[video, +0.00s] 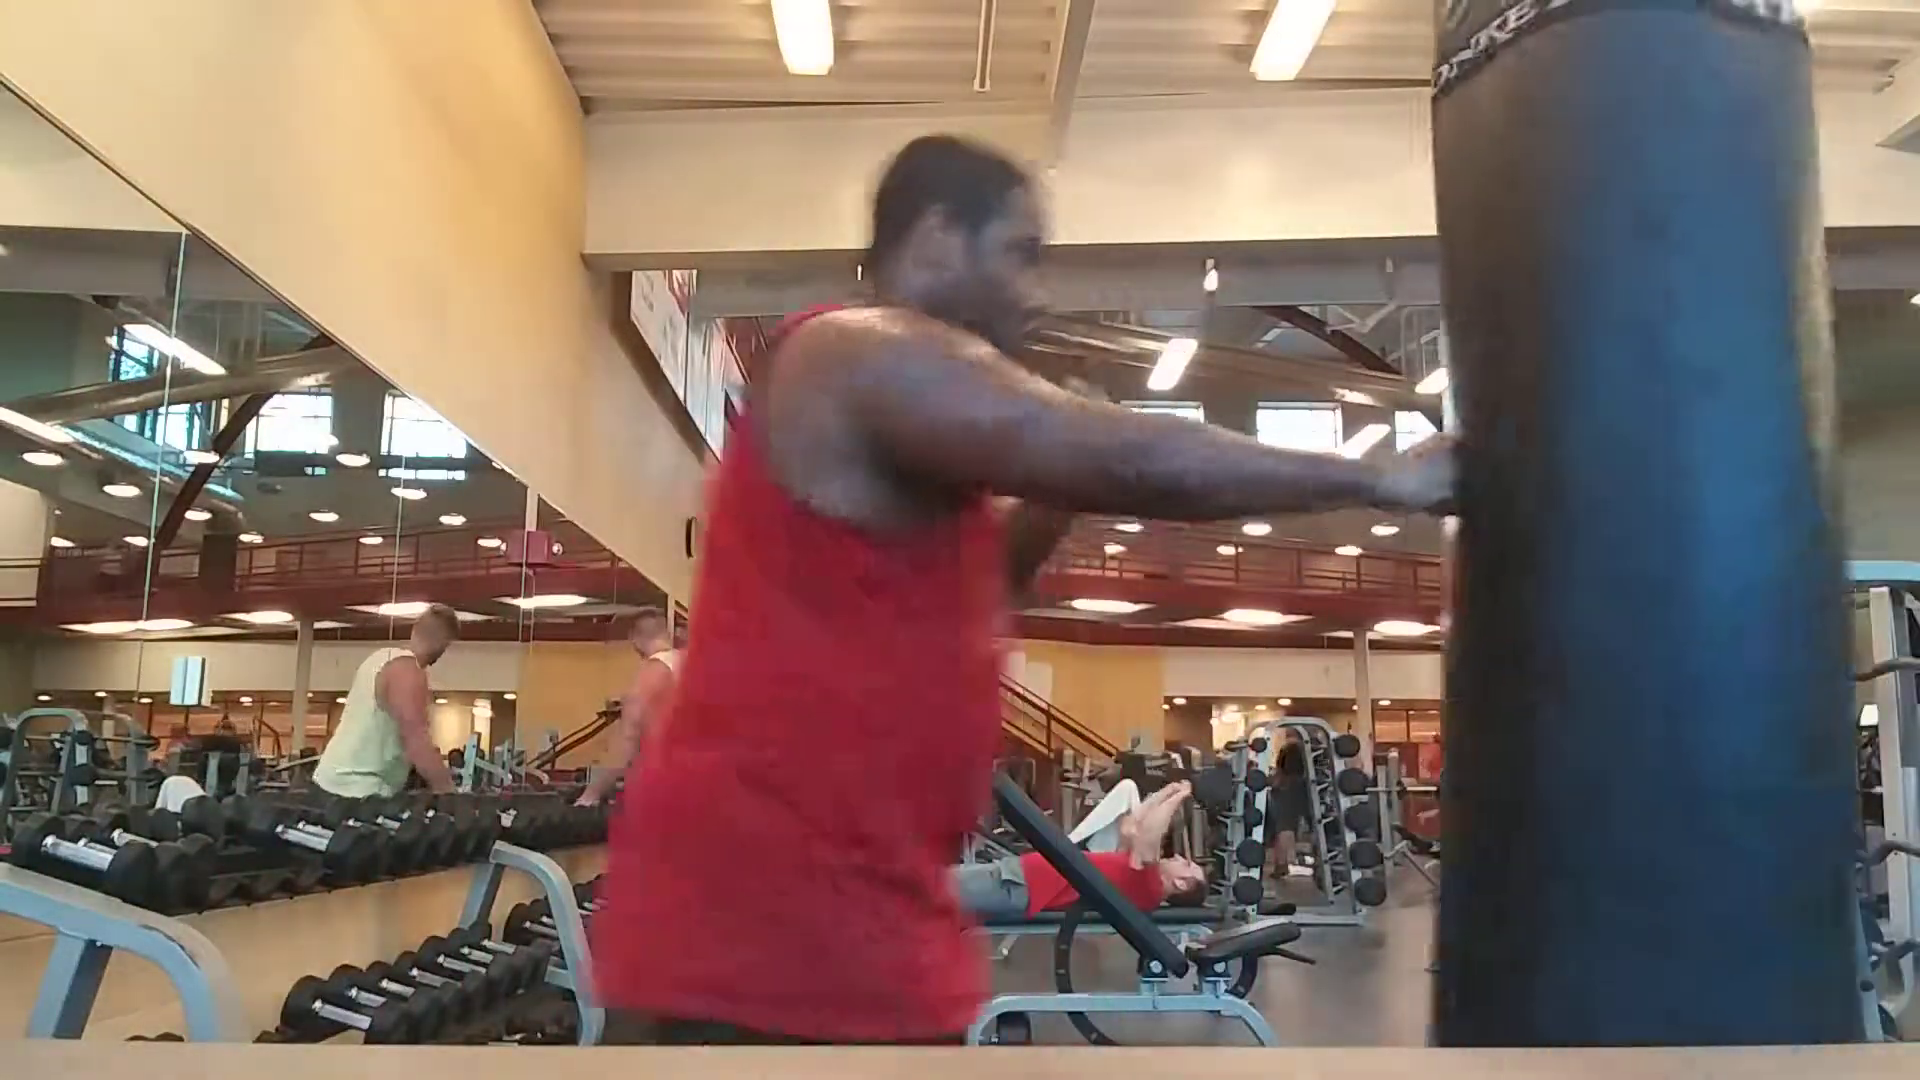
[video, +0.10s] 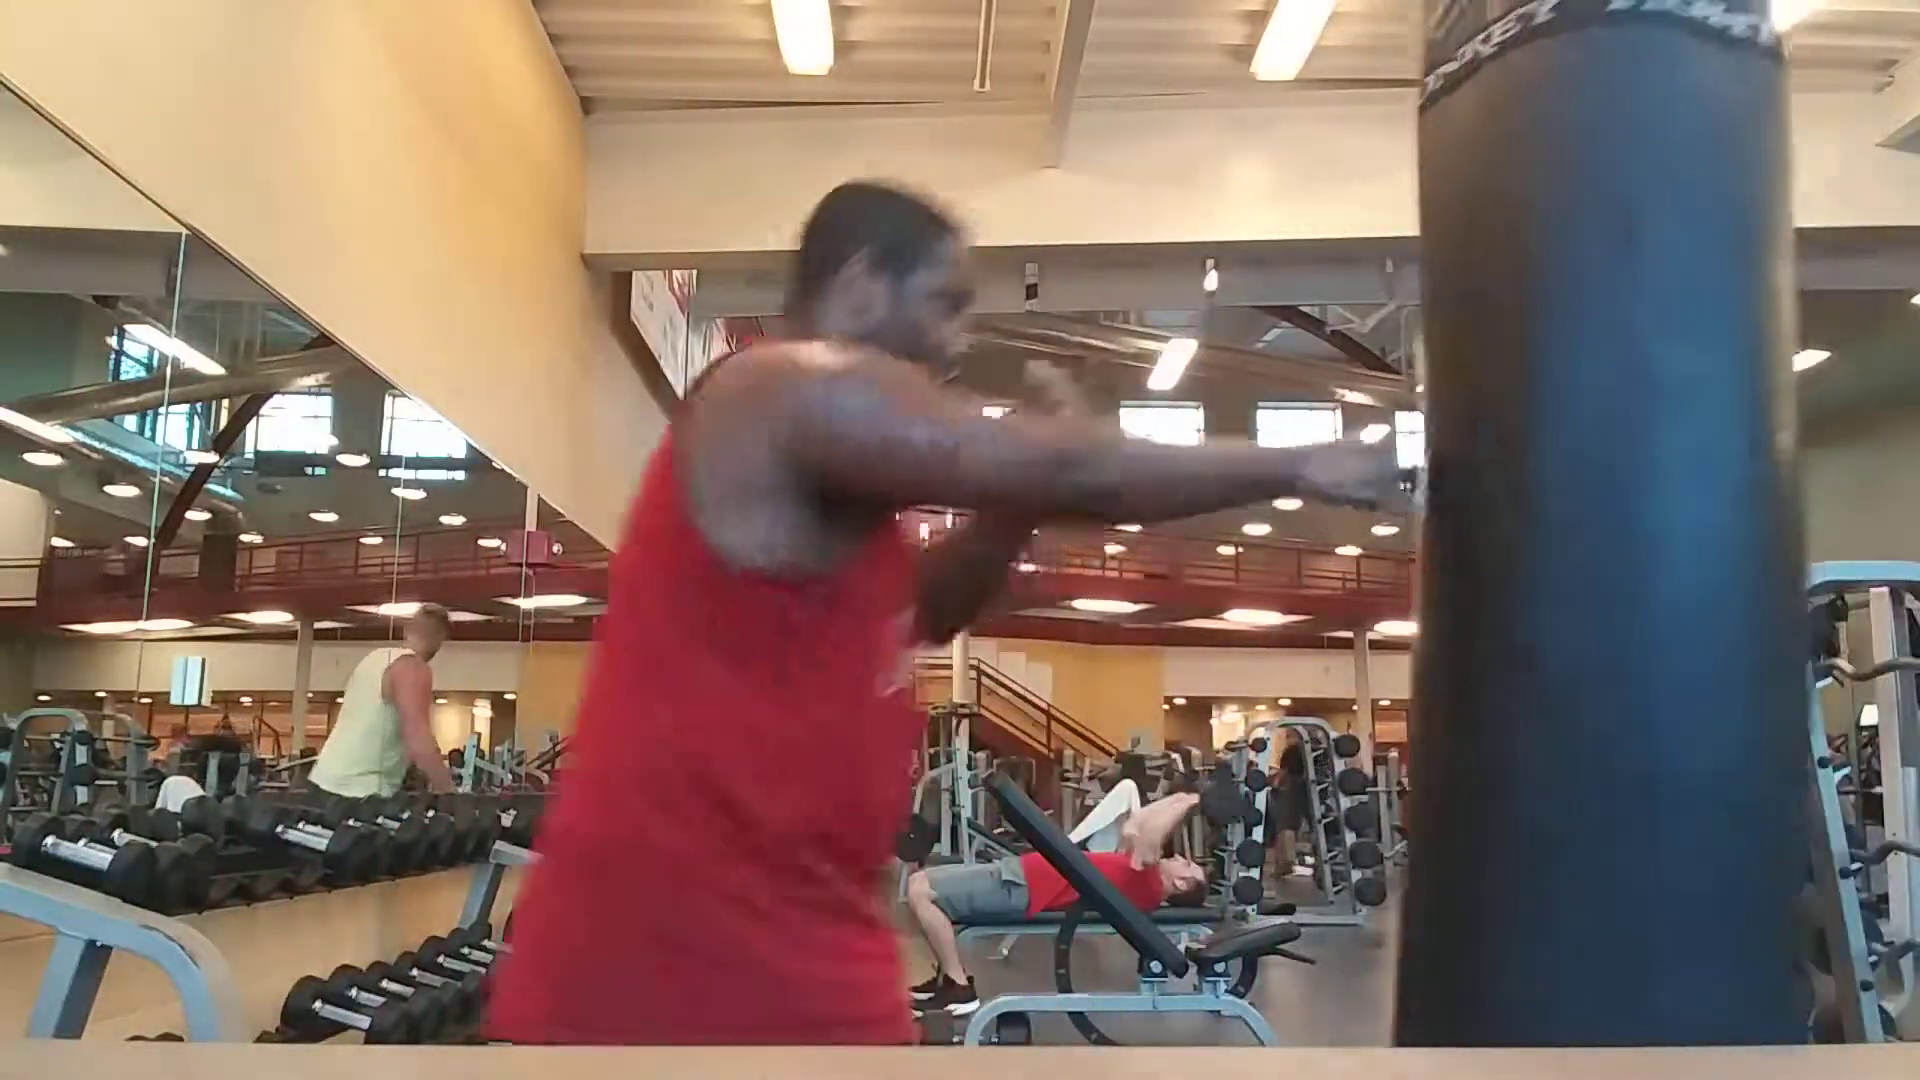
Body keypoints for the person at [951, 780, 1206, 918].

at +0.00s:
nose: (1185, 860)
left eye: (1190, 868)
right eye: (1190, 861)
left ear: (1179, 883)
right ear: (1177, 875)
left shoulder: (1148, 890)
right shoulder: (1137, 875)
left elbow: (1146, 835)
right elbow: (1128, 828)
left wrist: (1175, 800)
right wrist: (1162, 797)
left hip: (1019, 886)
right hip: (1015, 873)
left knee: (930, 892)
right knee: (931, 886)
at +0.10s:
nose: (1183, 860)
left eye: (1188, 867)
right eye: (1189, 861)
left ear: (1180, 885)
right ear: (1177, 872)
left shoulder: (1148, 886)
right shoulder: (1142, 873)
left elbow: (1150, 829)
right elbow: (1134, 825)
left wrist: (1190, 801)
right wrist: (1180, 798)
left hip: (1022, 885)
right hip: (1019, 872)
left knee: (921, 889)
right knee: (921, 881)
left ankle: (958, 985)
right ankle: (945, 977)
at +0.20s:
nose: (1183, 863)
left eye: (1189, 869)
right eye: (1189, 863)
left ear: (1179, 887)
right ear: (1177, 869)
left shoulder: (1147, 888)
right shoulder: (1141, 873)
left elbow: (1151, 829)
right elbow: (1138, 826)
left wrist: (1198, 809)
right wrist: (1192, 809)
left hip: (1022, 886)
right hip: (1018, 871)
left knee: (921, 890)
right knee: (919, 880)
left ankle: (958, 985)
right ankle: (944, 975)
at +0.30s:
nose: (1182, 857)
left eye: (1188, 865)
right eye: (1189, 859)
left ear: (1179, 885)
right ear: (1178, 877)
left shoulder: (1148, 888)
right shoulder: (1142, 873)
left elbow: (1150, 830)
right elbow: (1140, 830)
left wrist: (1203, 818)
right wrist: (1197, 818)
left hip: (1022, 886)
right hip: (1018, 871)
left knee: (921, 890)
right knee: (921, 880)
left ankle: (957, 984)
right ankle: (945, 974)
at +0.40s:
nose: (1184, 860)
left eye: (1189, 869)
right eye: (1190, 860)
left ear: (1181, 885)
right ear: (1178, 859)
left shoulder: (1149, 888)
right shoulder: (1143, 873)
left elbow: (1150, 831)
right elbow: (1141, 832)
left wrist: (1205, 827)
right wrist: (1199, 826)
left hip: (1024, 886)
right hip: (1018, 871)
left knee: (920, 891)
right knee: (920, 882)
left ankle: (958, 985)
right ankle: (945, 976)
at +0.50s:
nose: (1186, 863)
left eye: (1191, 871)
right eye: (1191, 863)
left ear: (1182, 885)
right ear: (1181, 860)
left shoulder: (1149, 888)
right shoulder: (1144, 875)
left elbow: (1146, 835)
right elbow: (1141, 834)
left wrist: (1205, 833)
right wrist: (1200, 832)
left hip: (1024, 886)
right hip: (1018, 871)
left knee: (921, 891)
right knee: (920, 881)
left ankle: (958, 985)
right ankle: (944, 977)